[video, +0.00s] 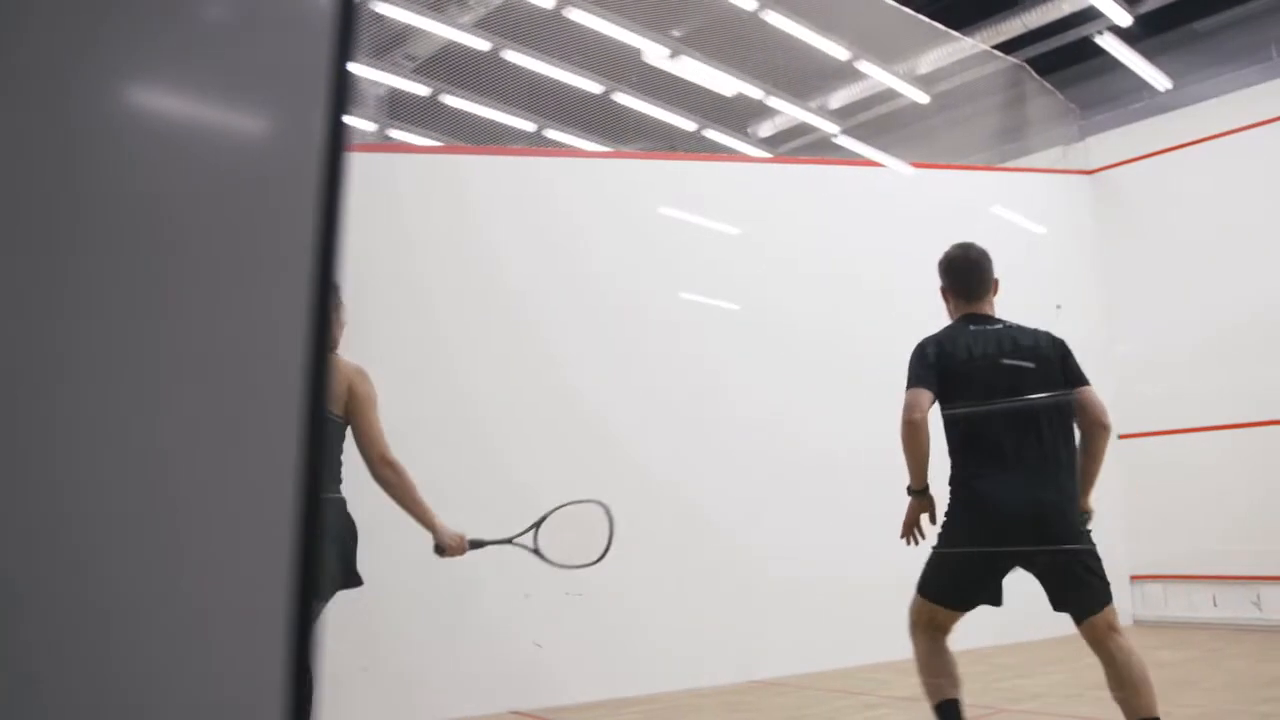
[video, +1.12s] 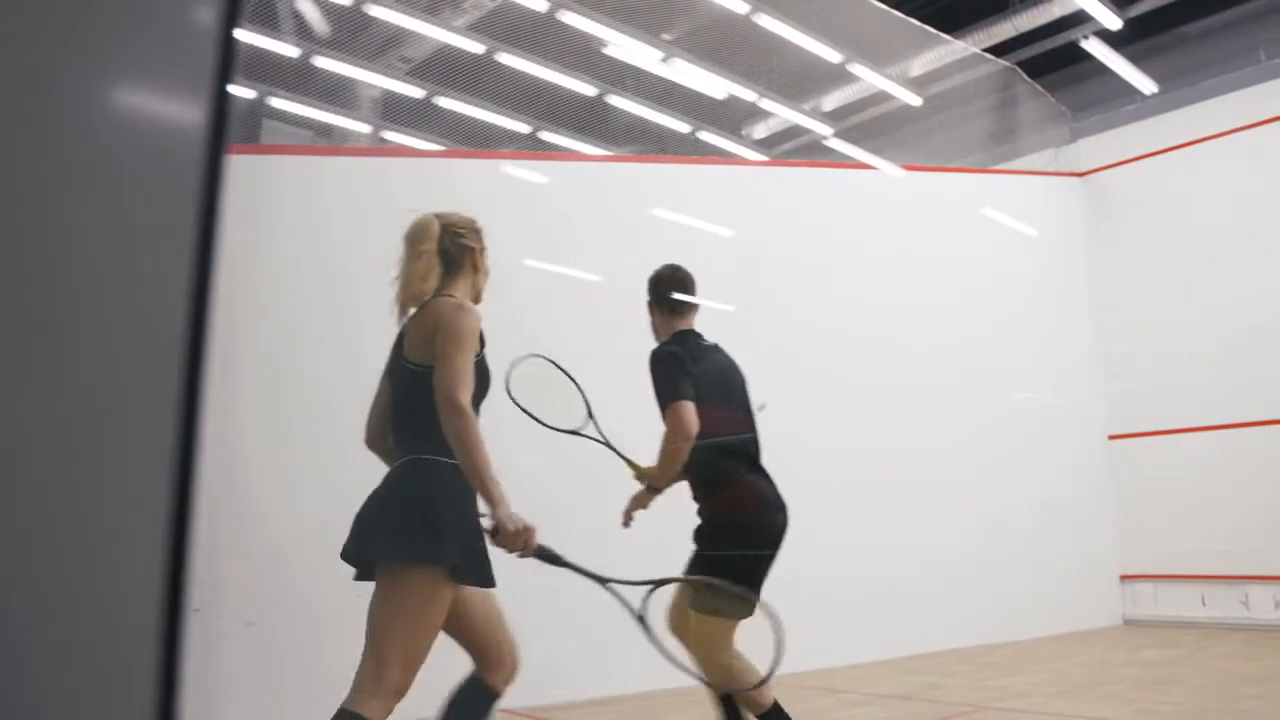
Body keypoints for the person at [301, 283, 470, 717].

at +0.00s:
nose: (342, 325)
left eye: (340, 314)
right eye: (339, 314)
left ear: (304, 320)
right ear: (330, 319)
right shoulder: (346, 378)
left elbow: (382, 464)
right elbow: (382, 465)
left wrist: (435, 526)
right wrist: (437, 528)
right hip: (317, 533)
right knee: (295, 653)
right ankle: (295, 710)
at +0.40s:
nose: (366, 319)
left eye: (365, 309)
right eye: (363, 308)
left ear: (312, 314)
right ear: (347, 311)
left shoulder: (276, 369)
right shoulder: (341, 376)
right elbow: (347, 474)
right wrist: (392, 561)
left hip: (251, 534)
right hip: (300, 538)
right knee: (334, 693)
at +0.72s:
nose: (410, 292)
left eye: (408, 281)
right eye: (407, 281)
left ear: (354, 287)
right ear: (392, 283)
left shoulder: (328, 347)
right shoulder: (383, 342)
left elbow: (295, 456)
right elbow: (369, 434)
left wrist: (350, 501)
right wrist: (396, 532)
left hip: (306, 524)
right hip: (360, 527)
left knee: (288, 676)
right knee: (373, 695)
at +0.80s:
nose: (426, 284)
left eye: (423, 273)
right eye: (422, 274)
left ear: (367, 280)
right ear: (409, 275)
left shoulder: (346, 339)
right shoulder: (397, 332)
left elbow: (312, 450)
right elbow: (381, 423)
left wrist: (365, 508)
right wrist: (406, 522)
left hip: (326, 521)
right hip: (375, 521)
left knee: (327, 679)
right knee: (375, 696)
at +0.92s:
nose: (447, 275)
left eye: (445, 265)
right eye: (445, 265)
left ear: (393, 269)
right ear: (433, 265)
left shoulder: (371, 330)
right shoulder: (419, 321)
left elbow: (335, 441)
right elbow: (403, 412)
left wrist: (389, 494)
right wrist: (432, 510)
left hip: (365, 501)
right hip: (395, 503)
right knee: (379, 685)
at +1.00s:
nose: (463, 269)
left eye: (460, 260)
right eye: (460, 260)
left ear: (407, 263)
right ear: (449, 261)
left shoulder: (389, 324)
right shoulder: (435, 318)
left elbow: (352, 437)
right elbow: (420, 405)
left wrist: (413, 494)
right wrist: (455, 506)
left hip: (382, 502)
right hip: (407, 505)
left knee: (443, 671)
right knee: (378, 692)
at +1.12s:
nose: (489, 267)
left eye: (485, 257)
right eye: (486, 257)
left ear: (432, 259)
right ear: (475, 257)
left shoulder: (416, 322)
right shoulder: (458, 316)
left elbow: (378, 434)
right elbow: (454, 407)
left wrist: (446, 485)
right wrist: (501, 507)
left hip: (411, 507)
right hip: (431, 509)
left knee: (499, 662)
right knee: (377, 692)